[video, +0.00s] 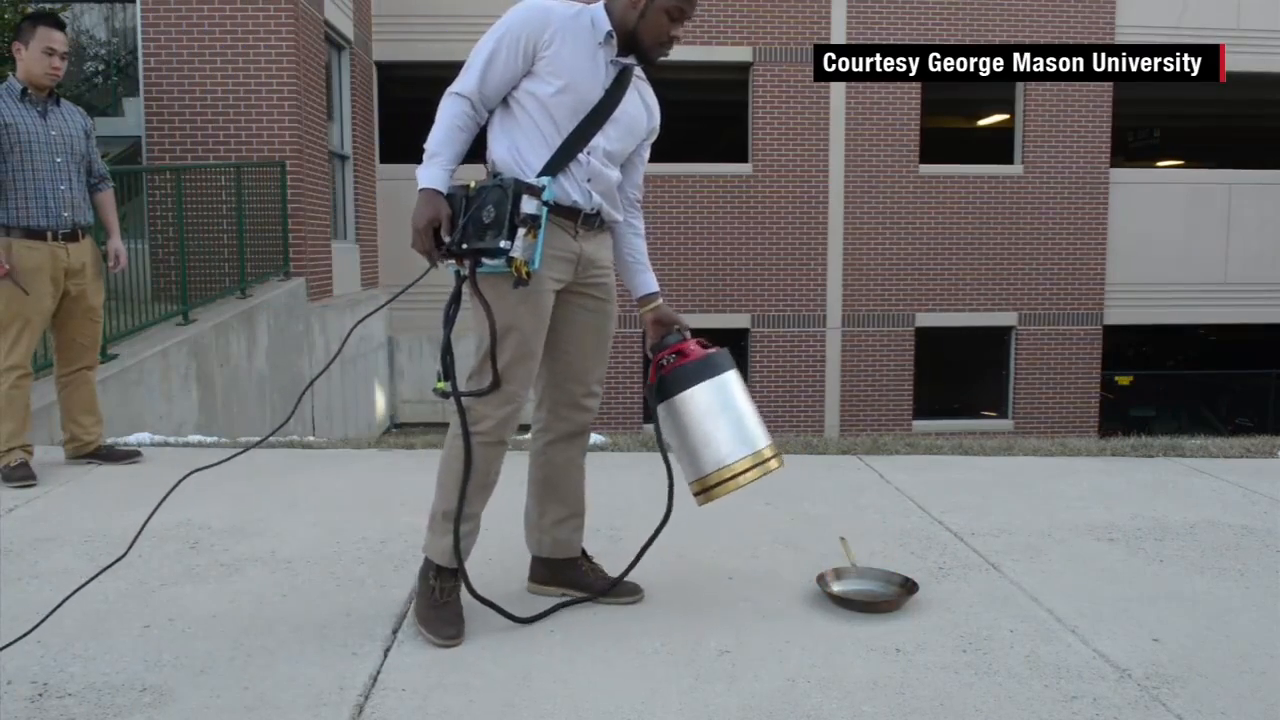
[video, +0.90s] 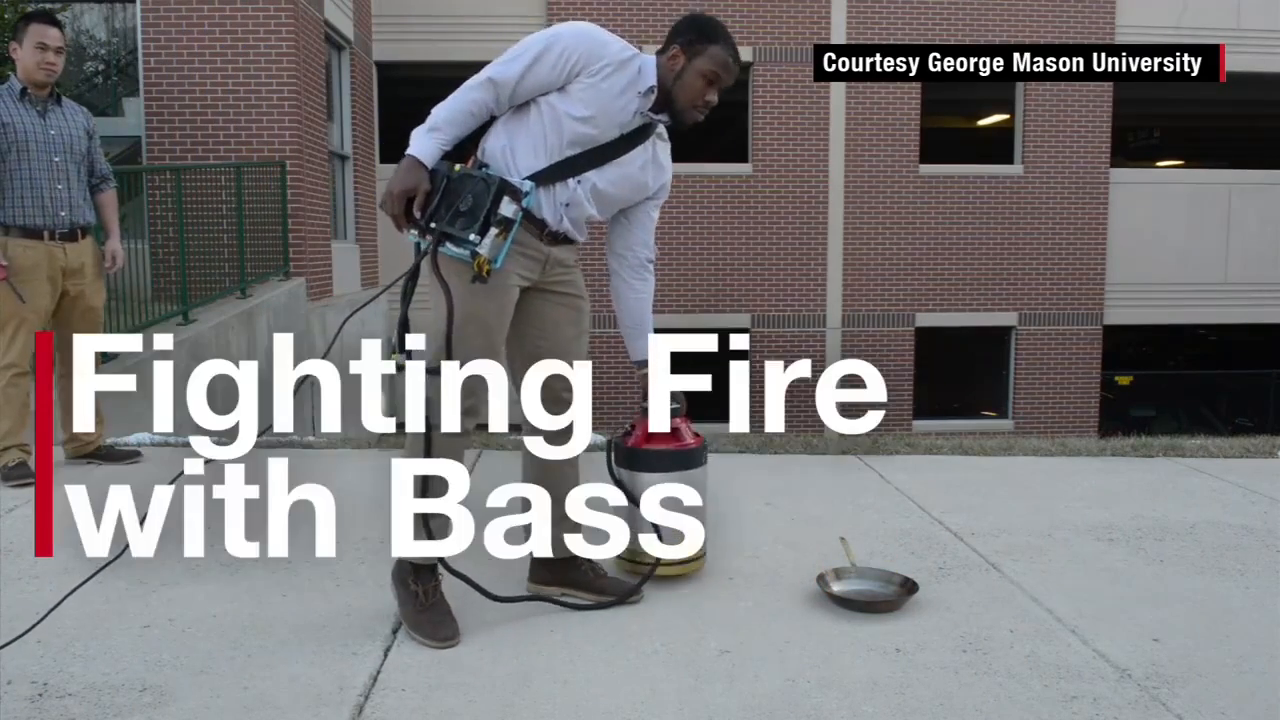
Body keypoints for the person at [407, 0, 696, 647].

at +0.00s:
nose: (680, 34)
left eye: (686, 22)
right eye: (676, 17)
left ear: (653, 14)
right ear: (638, 2)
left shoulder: (644, 105)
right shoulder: (546, 22)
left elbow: (627, 208)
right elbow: (465, 98)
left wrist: (649, 296)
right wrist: (432, 188)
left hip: (595, 251)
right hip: (517, 237)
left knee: (571, 409)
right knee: (492, 407)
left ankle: (556, 557)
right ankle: (443, 568)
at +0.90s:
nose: (713, 102)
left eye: (722, 93)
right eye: (709, 82)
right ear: (673, 56)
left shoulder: (653, 167)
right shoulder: (590, 50)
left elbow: (634, 269)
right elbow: (490, 89)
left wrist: (651, 364)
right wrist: (417, 159)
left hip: (558, 257)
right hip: (484, 231)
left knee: (558, 411)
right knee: (463, 409)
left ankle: (555, 557)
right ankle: (418, 563)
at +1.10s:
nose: (715, 106)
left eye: (725, 99)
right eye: (711, 86)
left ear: (724, 101)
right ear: (676, 61)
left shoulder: (656, 174)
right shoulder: (595, 53)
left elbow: (635, 275)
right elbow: (493, 90)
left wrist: (652, 374)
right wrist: (419, 156)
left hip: (556, 258)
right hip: (484, 230)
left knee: (558, 410)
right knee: (466, 407)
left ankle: (554, 556)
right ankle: (418, 565)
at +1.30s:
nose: (716, 111)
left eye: (727, 105)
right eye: (712, 91)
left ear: (728, 108)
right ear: (678, 67)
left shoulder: (659, 179)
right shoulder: (599, 58)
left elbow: (639, 280)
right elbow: (495, 92)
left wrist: (656, 379)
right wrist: (419, 156)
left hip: (555, 259)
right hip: (481, 230)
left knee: (557, 410)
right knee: (461, 405)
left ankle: (555, 555)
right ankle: (417, 566)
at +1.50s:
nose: (710, 98)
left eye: (721, 89)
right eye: (703, 78)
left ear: (722, 90)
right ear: (668, 56)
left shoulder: (658, 171)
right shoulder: (592, 55)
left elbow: (646, 272)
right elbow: (488, 93)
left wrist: (664, 376)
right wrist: (415, 161)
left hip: (554, 260)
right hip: (480, 234)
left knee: (557, 411)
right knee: (460, 410)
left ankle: (554, 557)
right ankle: (418, 567)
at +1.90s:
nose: (638, 18)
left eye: (645, 9)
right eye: (626, 4)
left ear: (646, 18)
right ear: (587, 3)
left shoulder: (622, 111)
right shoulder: (516, 33)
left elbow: (616, 213)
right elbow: (431, 99)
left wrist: (622, 297)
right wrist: (388, 185)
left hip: (549, 250)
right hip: (474, 239)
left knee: (551, 407)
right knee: (445, 404)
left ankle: (554, 556)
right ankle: (392, 551)